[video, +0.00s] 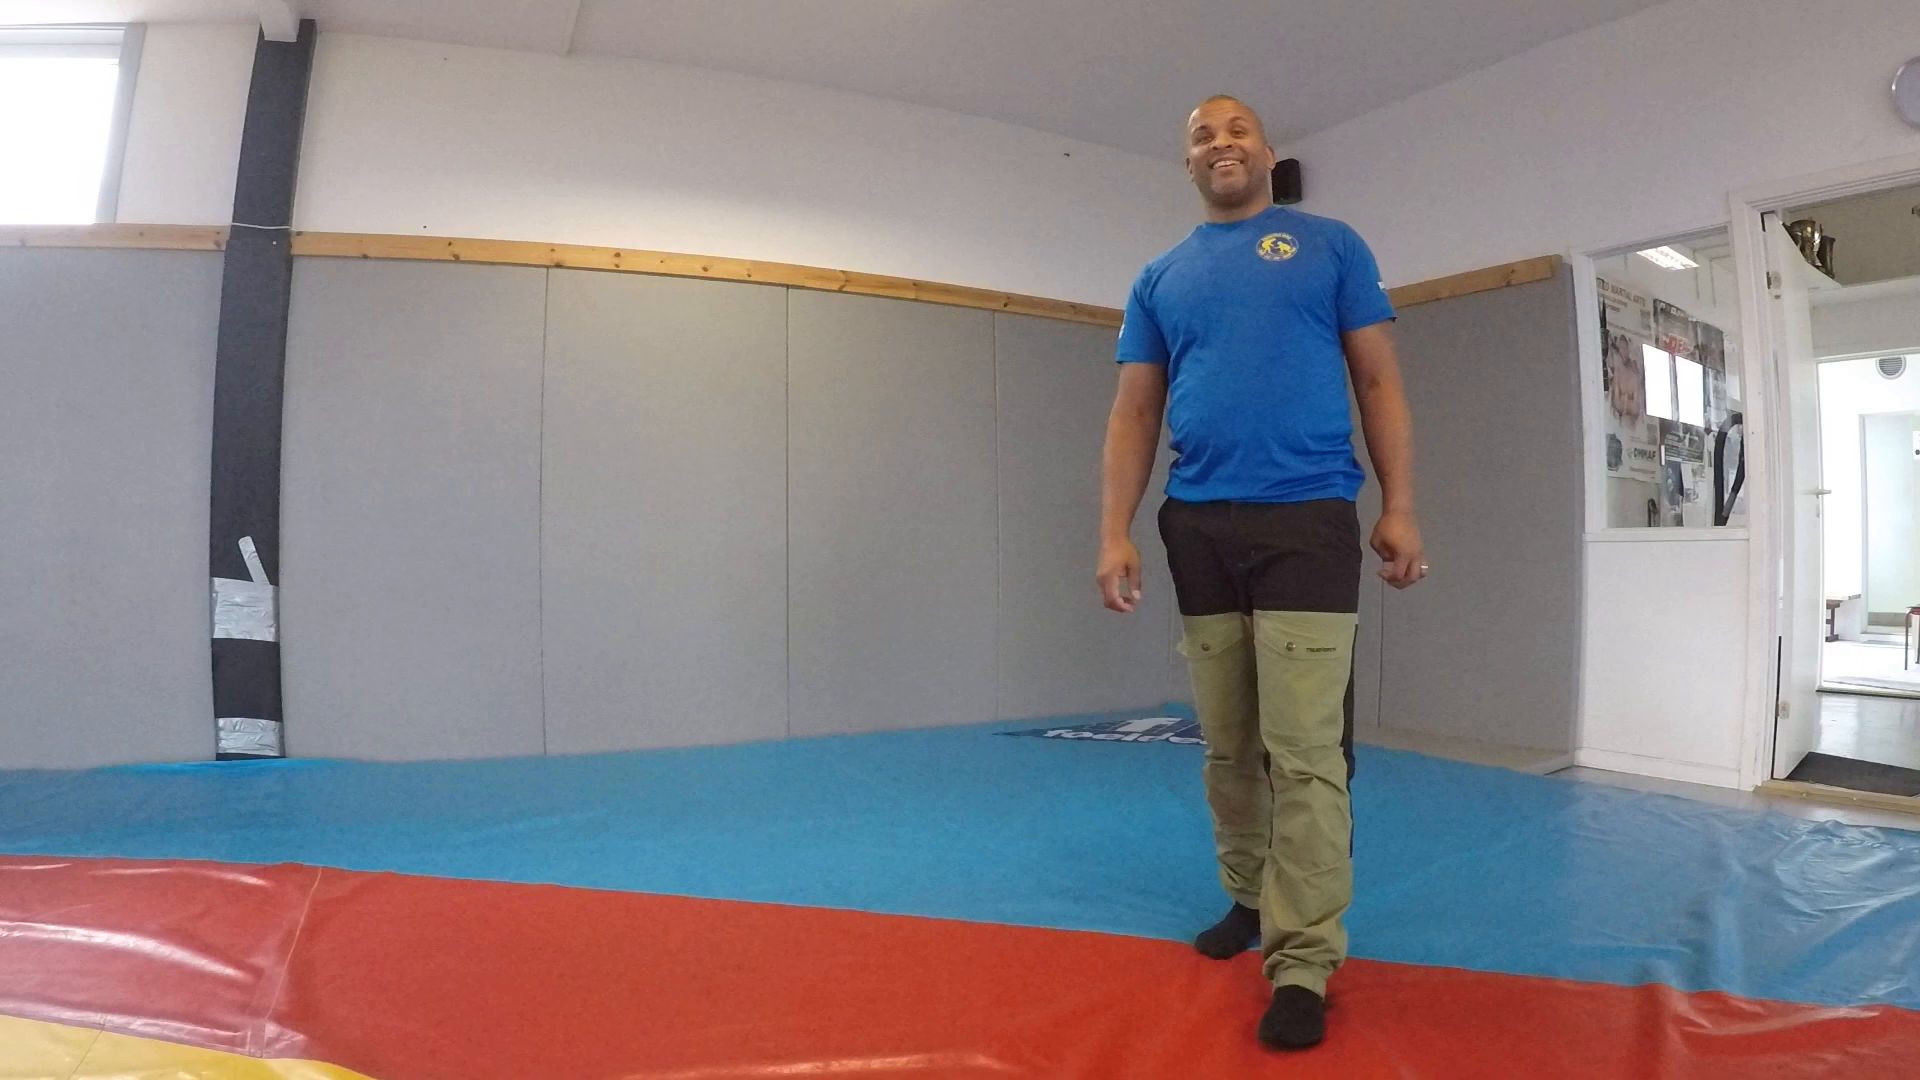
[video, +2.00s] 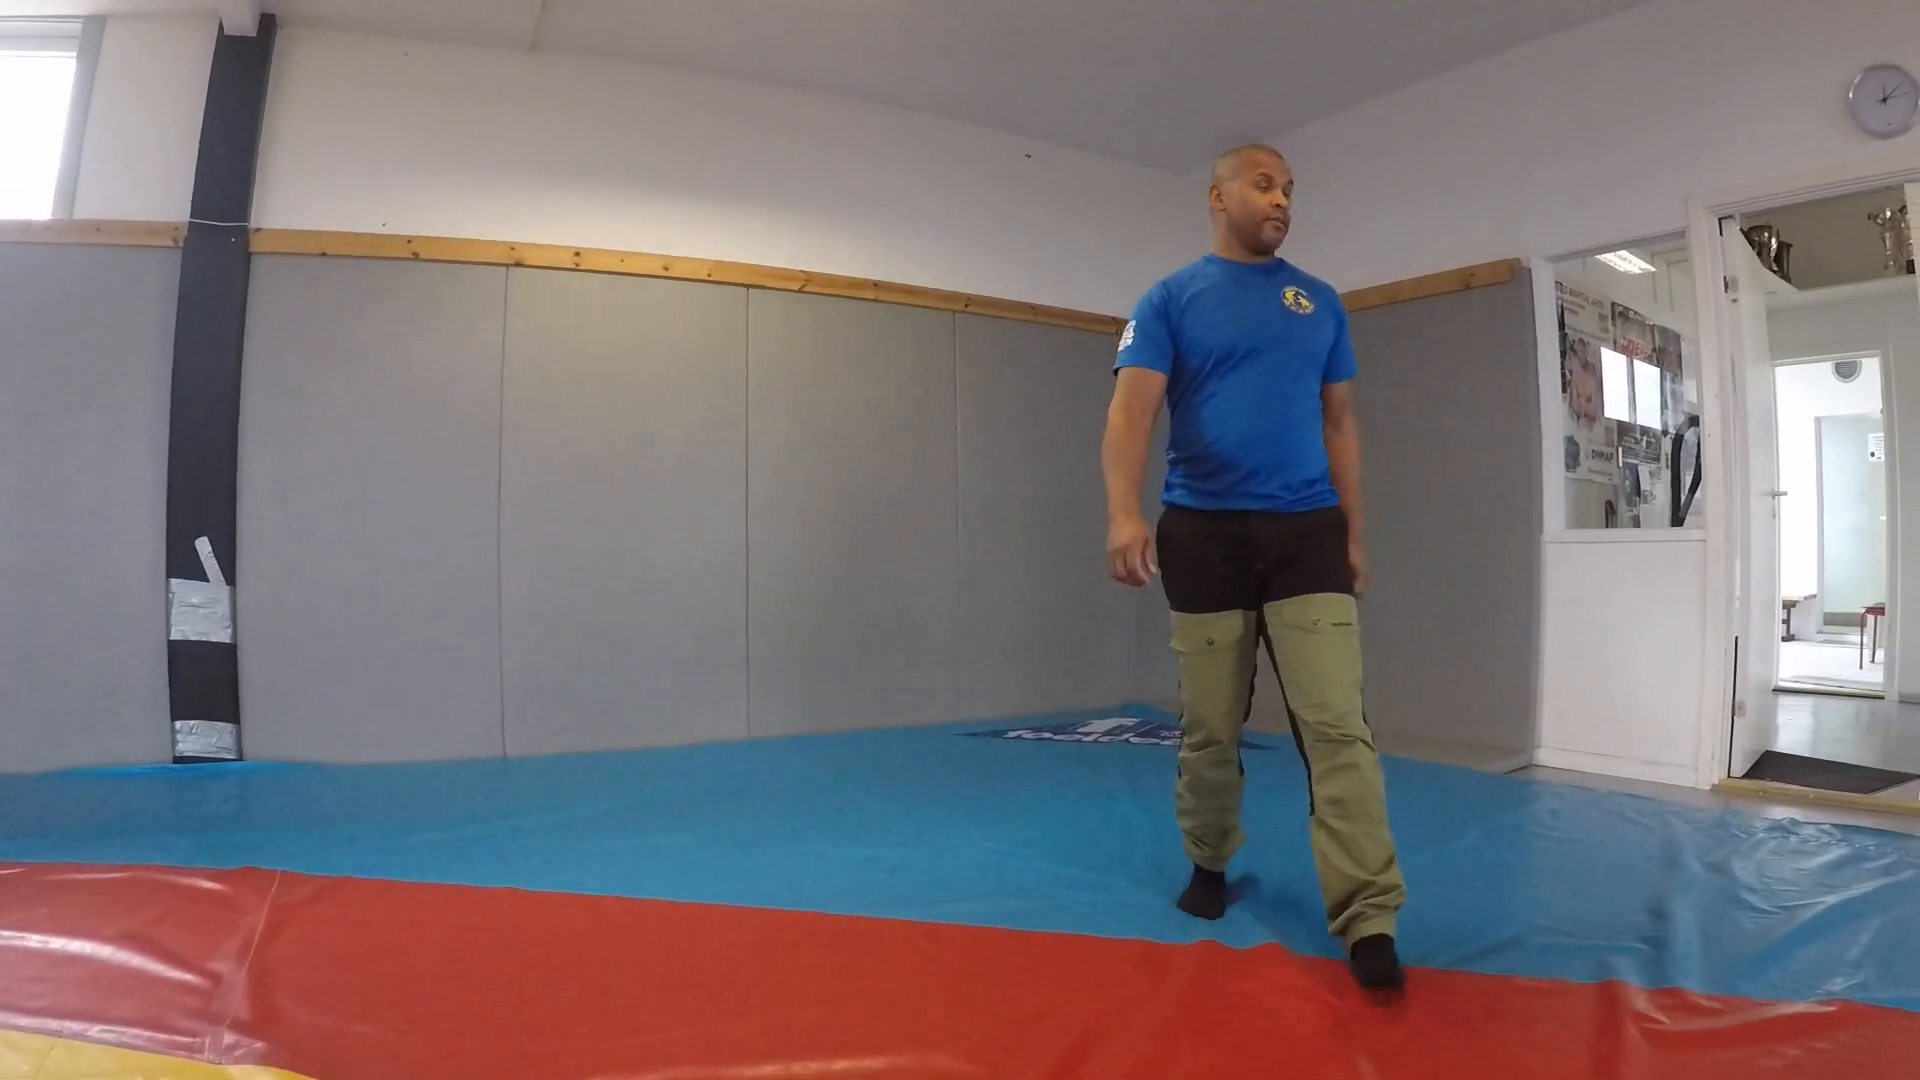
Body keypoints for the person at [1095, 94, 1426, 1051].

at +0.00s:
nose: (1220, 145)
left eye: (1235, 131)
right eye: (1203, 139)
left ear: (1270, 154)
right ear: (1187, 170)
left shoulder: (1331, 245)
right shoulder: (1161, 276)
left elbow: (1378, 382)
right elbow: (1133, 410)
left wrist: (1398, 507)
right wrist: (1114, 531)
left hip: (1309, 519)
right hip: (1199, 524)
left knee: (1300, 749)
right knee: (1228, 742)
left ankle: (1304, 961)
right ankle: (1252, 898)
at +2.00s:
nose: (1279, 200)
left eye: (1286, 191)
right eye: (1263, 185)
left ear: (1291, 209)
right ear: (1216, 197)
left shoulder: (1319, 302)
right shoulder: (1172, 299)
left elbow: (1339, 422)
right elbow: (1131, 409)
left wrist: (1351, 534)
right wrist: (1123, 513)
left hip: (1308, 531)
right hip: (1203, 533)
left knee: (1337, 724)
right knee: (1211, 725)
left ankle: (1368, 917)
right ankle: (1207, 860)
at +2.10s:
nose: (1249, 195)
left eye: (1258, 185)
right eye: (1231, 182)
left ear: (1269, 204)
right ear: (1196, 202)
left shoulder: (1306, 295)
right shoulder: (1159, 299)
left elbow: (1328, 414)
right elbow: (1124, 412)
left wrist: (1335, 516)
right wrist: (1118, 512)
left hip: (1302, 520)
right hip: (1201, 523)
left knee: (1331, 712)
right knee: (1210, 712)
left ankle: (1346, 894)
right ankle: (1207, 861)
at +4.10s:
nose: (1126, 308)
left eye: (1136, 297)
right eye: (1121, 302)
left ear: (1168, 303)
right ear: (1120, 315)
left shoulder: (1197, 355)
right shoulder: (1123, 384)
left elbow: (1229, 431)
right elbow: (1121, 469)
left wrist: (1166, 472)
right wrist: (1104, 541)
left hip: (1191, 529)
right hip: (1136, 535)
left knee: (1208, 661)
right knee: (1153, 665)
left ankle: (1251, 786)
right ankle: (1168, 772)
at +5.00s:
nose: (1119, 316)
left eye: (1128, 303)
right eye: (1114, 310)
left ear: (1164, 306)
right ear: (1119, 323)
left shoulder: (1195, 359)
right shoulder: (1140, 381)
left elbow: (1211, 437)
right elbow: (1150, 474)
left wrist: (1132, 405)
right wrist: (1104, 485)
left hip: (1207, 530)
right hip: (1157, 533)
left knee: (1185, 656)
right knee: (1145, 667)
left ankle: (1240, 799)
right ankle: (1167, 774)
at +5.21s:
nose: (1132, 326)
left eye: (1143, 312)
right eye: (1128, 318)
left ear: (1181, 315)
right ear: (1135, 329)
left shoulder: (1206, 370)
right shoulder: (1167, 383)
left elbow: (1190, 457)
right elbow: (1171, 471)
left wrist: (1122, 405)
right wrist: (1118, 456)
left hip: (1233, 545)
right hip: (1185, 544)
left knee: (1199, 677)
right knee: (1148, 671)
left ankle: (1264, 815)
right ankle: (1170, 773)